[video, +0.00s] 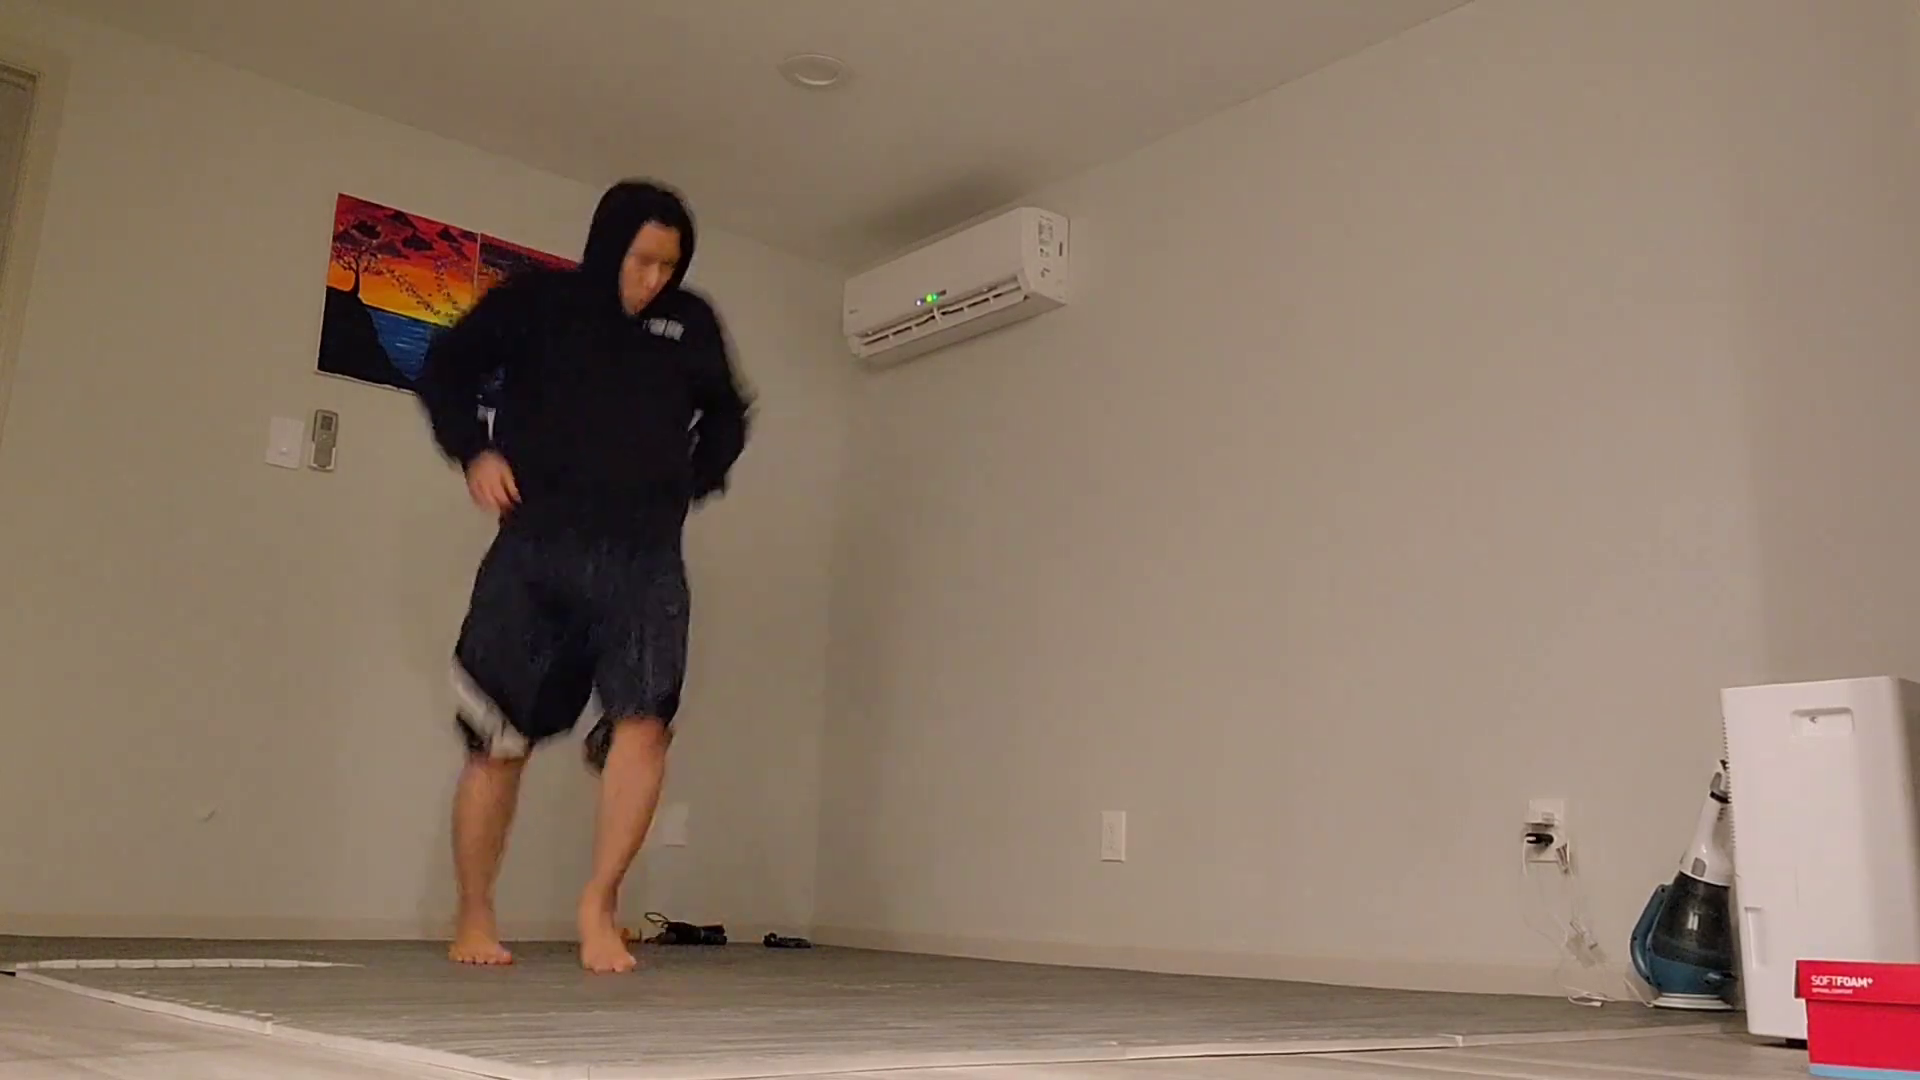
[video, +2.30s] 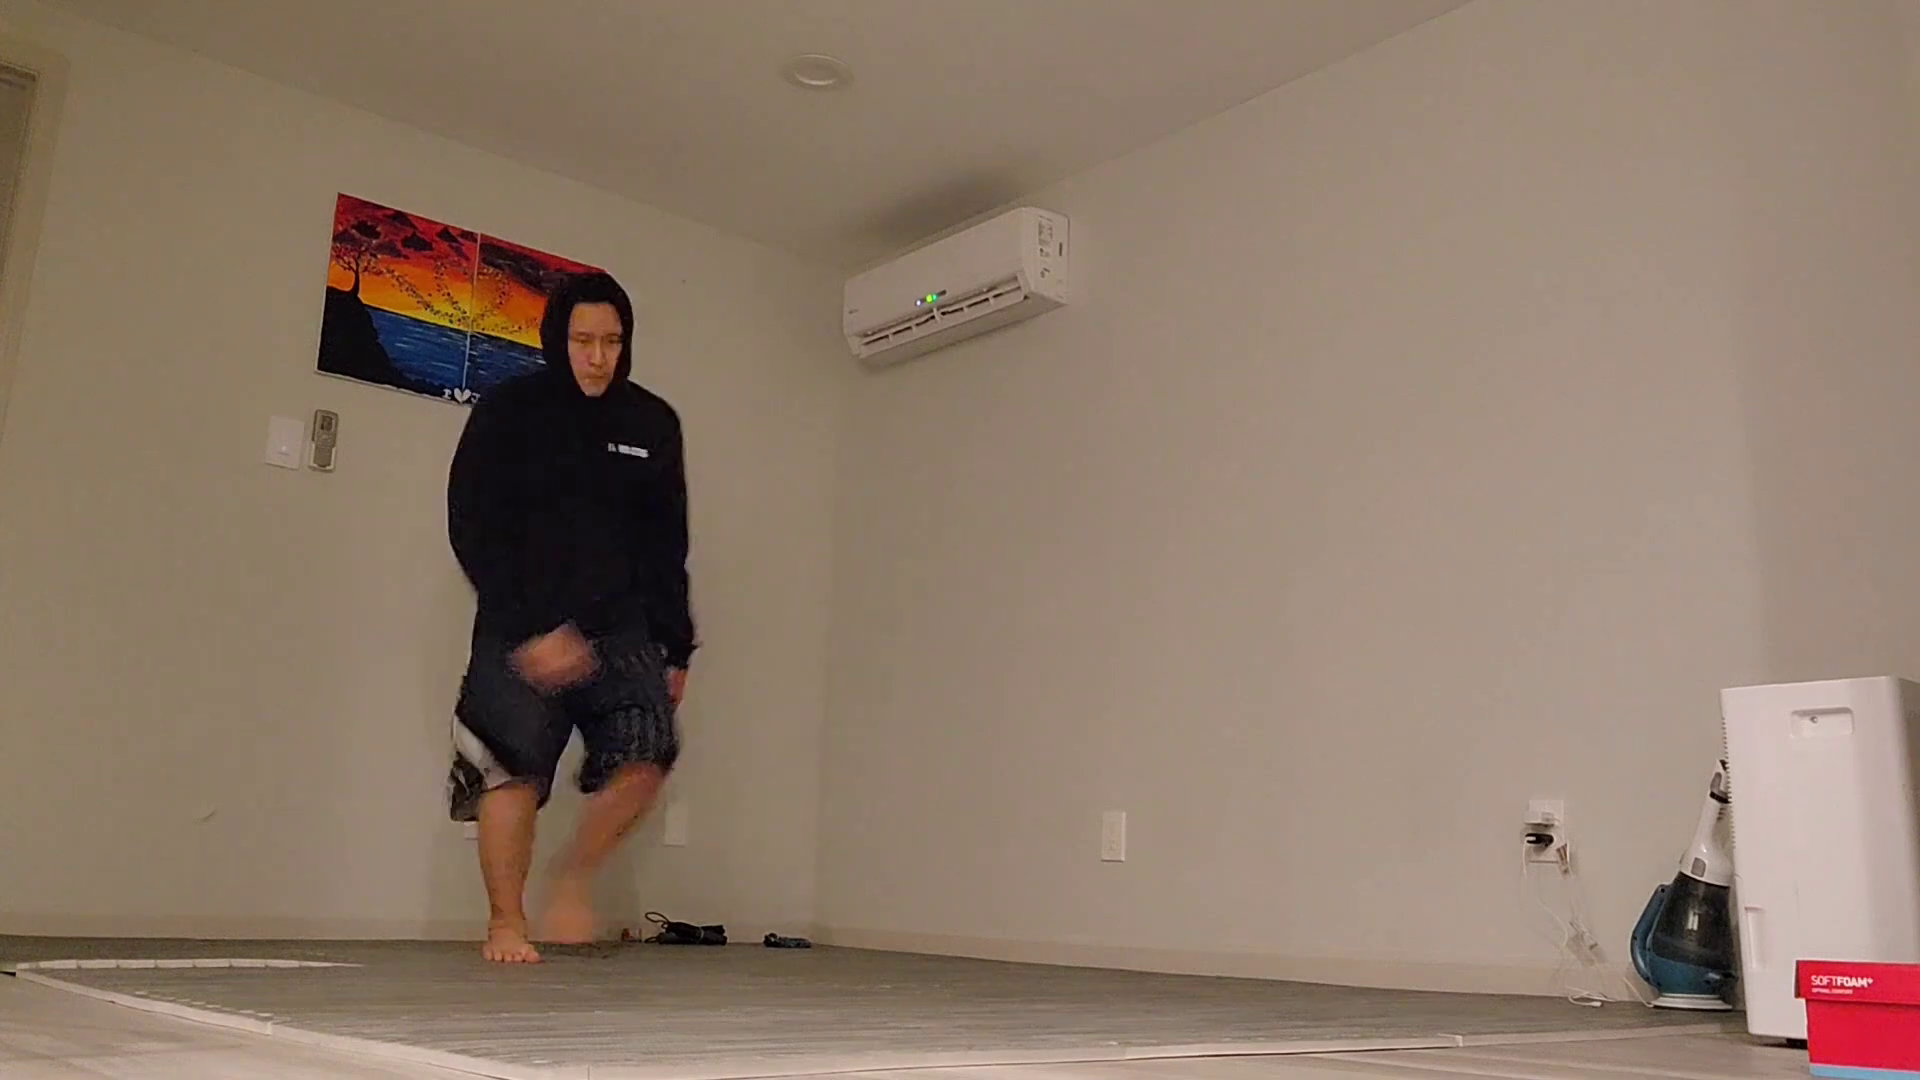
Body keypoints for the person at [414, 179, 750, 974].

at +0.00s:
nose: (654, 279)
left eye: (667, 265)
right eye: (644, 260)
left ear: (679, 264)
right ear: (607, 246)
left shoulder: (691, 324)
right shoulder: (535, 299)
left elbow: (726, 416)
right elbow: (444, 367)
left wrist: (686, 484)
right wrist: (475, 453)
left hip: (643, 555)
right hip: (538, 546)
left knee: (644, 723)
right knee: (500, 740)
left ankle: (599, 909)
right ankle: (475, 914)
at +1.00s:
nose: (660, 321)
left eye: (669, 310)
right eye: (654, 303)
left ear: (669, 311)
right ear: (618, 287)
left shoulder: (641, 375)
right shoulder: (545, 332)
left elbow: (656, 465)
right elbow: (494, 408)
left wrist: (708, 529)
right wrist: (560, 502)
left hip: (604, 568)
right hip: (529, 553)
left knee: (612, 729)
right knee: (559, 714)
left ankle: (545, 906)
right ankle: (547, 912)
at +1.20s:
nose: (661, 372)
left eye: (672, 363)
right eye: (658, 353)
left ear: (671, 366)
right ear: (622, 334)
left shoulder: (639, 422)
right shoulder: (548, 381)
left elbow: (661, 515)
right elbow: (524, 475)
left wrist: (723, 587)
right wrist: (646, 492)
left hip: (591, 595)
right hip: (520, 578)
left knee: (605, 759)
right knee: (577, 714)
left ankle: (537, 913)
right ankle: (566, 912)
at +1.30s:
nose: (655, 349)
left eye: (667, 339)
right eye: (649, 328)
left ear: (673, 343)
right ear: (617, 307)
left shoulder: (647, 399)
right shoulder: (543, 345)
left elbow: (656, 503)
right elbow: (526, 445)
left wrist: (680, 599)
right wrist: (655, 400)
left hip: (581, 567)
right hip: (508, 540)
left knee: (589, 734)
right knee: (557, 688)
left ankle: (535, 897)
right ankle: (549, 879)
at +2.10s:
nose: (626, 342)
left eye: (637, 331)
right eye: (616, 325)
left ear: (643, 335)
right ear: (578, 315)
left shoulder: (629, 398)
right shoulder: (517, 377)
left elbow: (649, 485)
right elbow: (537, 467)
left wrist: (684, 556)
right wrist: (647, 469)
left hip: (583, 608)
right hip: (504, 587)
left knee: (574, 794)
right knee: (539, 731)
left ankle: (478, 888)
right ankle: (517, 906)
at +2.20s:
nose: (606, 336)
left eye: (619, 323)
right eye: (593, 319)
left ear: (633, 327)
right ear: (559, 316)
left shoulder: (644, 410)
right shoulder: (502, 392)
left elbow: (658, 528)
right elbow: (502, 519)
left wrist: (664, 630)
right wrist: (603, 553)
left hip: (598, 609)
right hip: (514, 600)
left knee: (613, 776)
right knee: (526, 760)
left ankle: (503, 863)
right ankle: (507, 920)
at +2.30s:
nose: (597, 356)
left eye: (610, 340)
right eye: (582, 340)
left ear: (627, 342)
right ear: (554, 341)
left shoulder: (652, 421)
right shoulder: (506, 410)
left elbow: (667, 539)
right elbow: (472, 528)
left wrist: (676, 645)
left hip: (622, 621)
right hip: (522, 619)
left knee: (645, 756)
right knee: (515, 771)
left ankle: (570, 880)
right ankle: (506, 923)